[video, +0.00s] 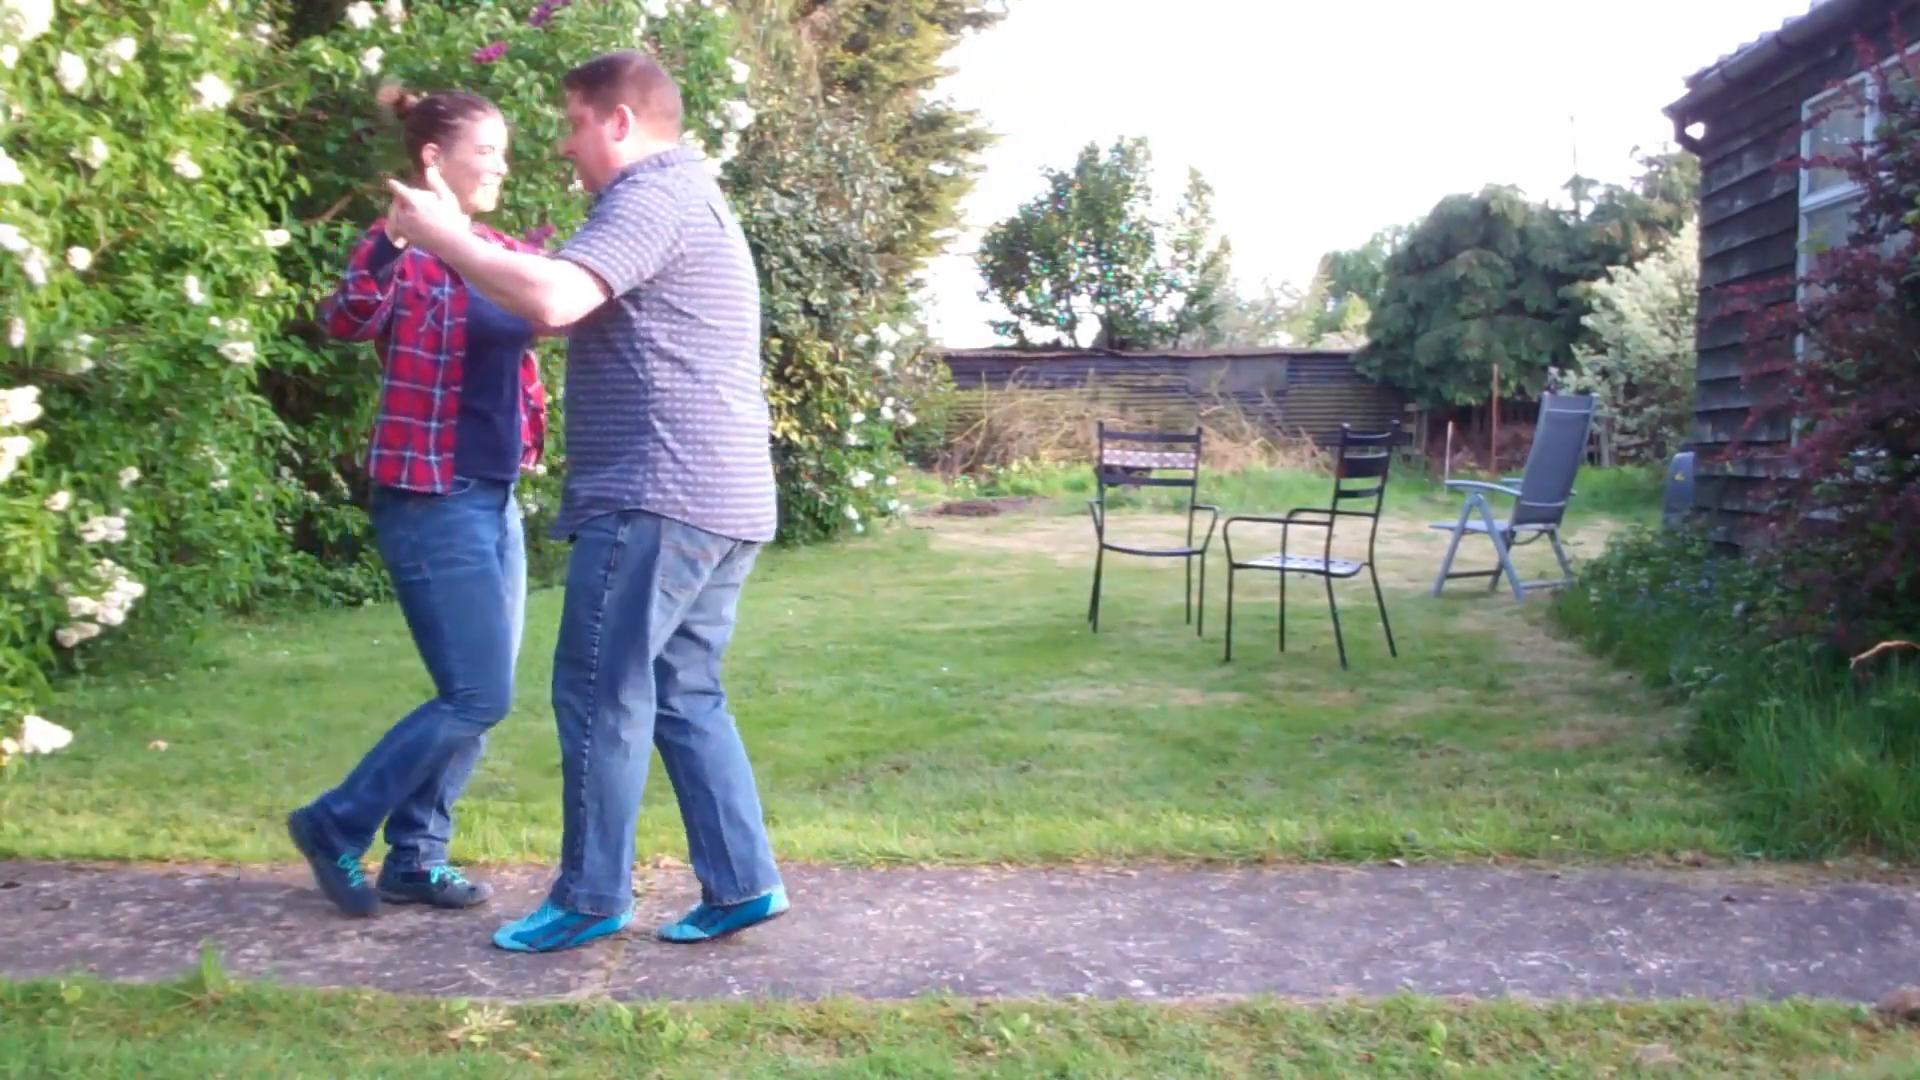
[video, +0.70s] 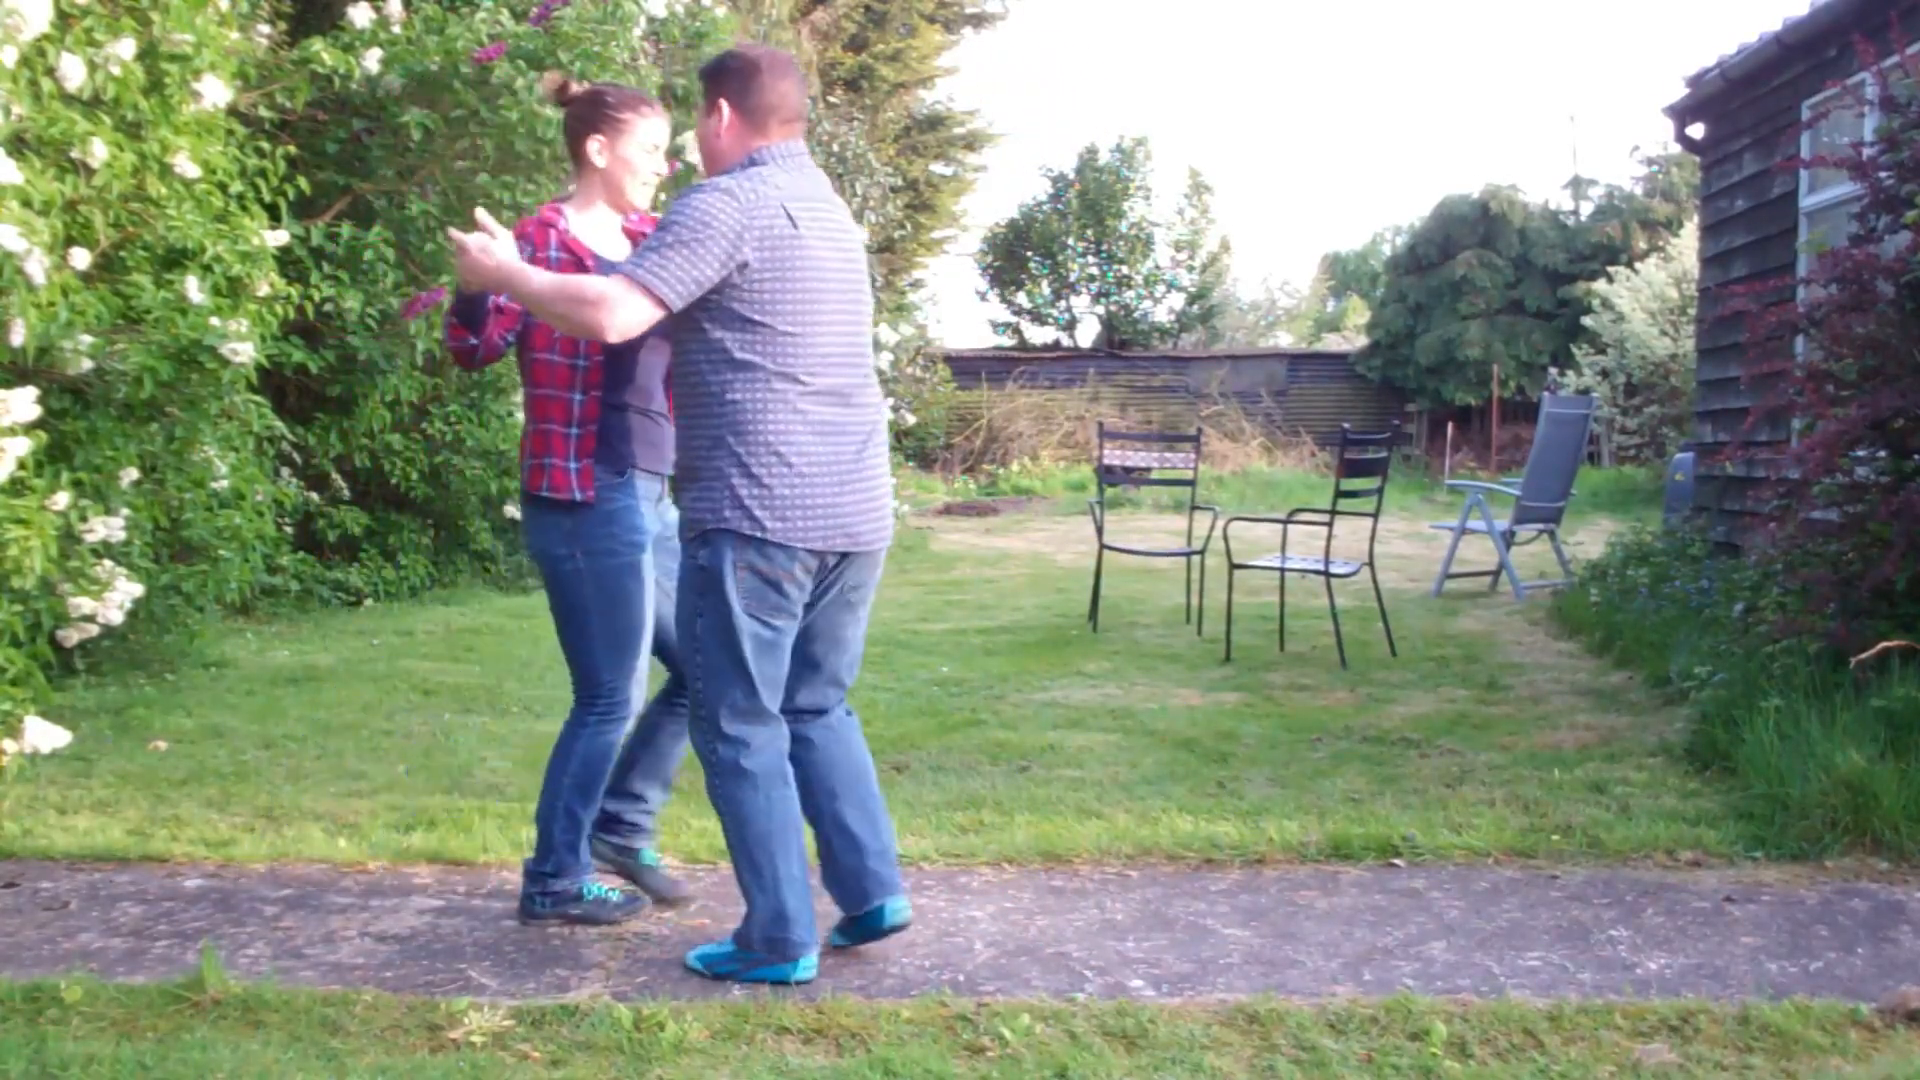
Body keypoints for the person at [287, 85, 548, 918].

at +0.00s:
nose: (499, 168)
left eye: (503, 155)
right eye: (486, 154)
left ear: (492, 166)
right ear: (434, 157)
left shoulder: (500, 251)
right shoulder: (401, 249)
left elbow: (539, 319)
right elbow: (341, 325)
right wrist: (386, 240)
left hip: (494, 494)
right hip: (429, 497)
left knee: (483, 694)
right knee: (477, 695)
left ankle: (416, 855)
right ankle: (332, 826)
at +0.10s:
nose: (515, 166)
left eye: (518, 152)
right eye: (503, 151)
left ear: (505, 159)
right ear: (450, 153)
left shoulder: (519, 248)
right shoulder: (414, 242)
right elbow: (358, 322)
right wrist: (402, 238)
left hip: (503, 492)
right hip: (445, 494)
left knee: (467, 686)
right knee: (526, 678)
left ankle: (413, 852)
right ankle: (404, 835)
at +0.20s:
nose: (532, 163)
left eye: (534, 149)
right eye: (520, 148)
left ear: (506, 155)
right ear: (466, 150)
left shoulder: (526, 241)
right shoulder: (434, 242)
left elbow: (589, 290)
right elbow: (369, 318)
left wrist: (590, 246)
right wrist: (404, 234)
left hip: (511, 489)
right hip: (462, 492)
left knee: (469, 688)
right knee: (553, 668)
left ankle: (412, 855)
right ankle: (502, 861)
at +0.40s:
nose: (574, 163)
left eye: (577, 149)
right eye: (561, 147)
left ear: (530, 153)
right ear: (510, 147)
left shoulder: (564, 239)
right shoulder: (471, 238)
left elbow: (616, 328)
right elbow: (398, 312)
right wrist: (419, 225)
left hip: (530, 487)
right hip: (517, 489)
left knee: (498, 685)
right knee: (584, 683)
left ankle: (421, 846)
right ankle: (558, 880)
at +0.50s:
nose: (599, 158)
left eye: (601, 144)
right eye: (587, 142)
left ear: (550, 146)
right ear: (533, 142)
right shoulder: (493, 231)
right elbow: (419, 316)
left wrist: (654, 443)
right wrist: (434, 233)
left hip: (561, 478)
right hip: (545, 482)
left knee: (565, 682)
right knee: (584, 687)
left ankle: (452, 824)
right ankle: (557, 878)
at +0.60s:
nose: (630, 161)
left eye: (633, 146)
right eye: (619, 144)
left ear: (586, 151)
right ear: (562, 145)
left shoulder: (622, 239)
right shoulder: (511, 230)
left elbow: (671, 331)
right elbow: (442, 330)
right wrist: (456, 248)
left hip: (609, 484)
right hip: (555, 487)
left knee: (655, 674)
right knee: (592, 690)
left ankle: (514, 802)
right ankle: (555, 880)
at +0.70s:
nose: (662, 167)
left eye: (665, 152)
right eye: (652, 150)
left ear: (619, 154)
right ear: (597, 150)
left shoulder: (654, 238)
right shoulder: (544, 239)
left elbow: (707, 319)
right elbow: (473, 349)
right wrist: (477, 281)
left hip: (650, 493)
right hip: (584, 494)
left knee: (704, 670)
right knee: (609, 697)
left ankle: (622, 829)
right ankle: (555, 878)